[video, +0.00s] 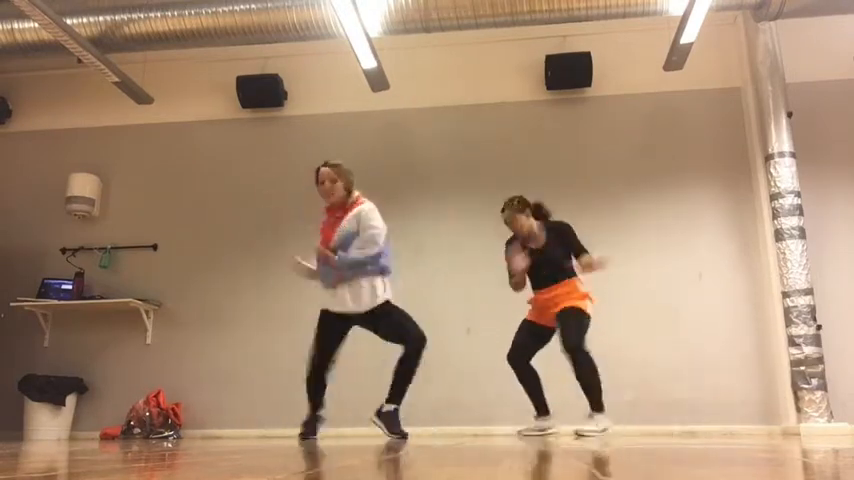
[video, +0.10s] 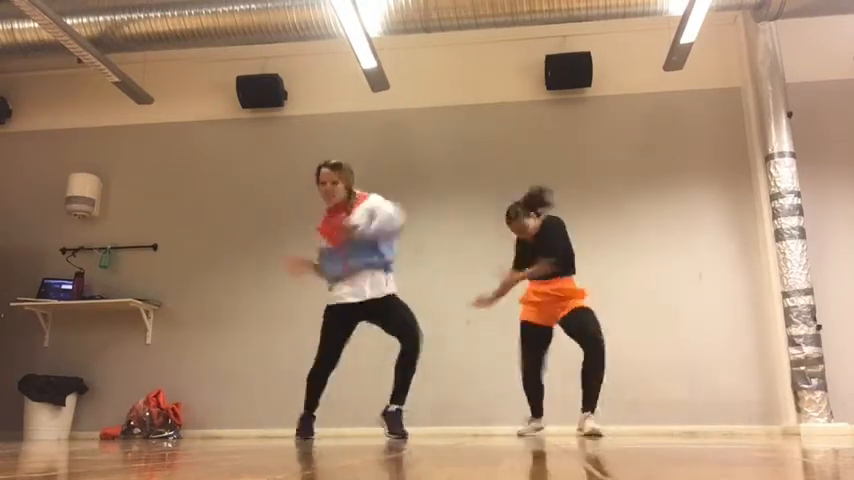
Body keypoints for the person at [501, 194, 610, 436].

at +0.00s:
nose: (513, 228)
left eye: (514, 220)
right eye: (508, 223)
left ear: (527, 214)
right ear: (507, 224)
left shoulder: (560, 230)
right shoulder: (514, 246)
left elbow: (584, 262)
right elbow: (517, 287)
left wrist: (591, 263)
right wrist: (518, 270)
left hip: (571, 297)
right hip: (543, 305)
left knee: (573, 346)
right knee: (516, 357)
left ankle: (599, 415)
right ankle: (544, 418)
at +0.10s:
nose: (522, 236)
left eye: (523, 230)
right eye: (517, 233)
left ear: (531, 216)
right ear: (514, 229)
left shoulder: (553, 225)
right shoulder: (523, 239)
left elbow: (553, 264)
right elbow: (517, 272)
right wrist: (494, 297)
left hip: (567, 300)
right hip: (536, 304)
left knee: (594, 342)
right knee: (530, 363)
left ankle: (588, 416)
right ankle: (536, 419)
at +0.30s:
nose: (516, 226)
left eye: (519, 219)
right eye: (511, 223)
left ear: (531, 212)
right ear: (507, 224)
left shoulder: (549, 220)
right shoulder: (516, 247)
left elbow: (565, 238)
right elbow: (522, 284)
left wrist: (538, 253)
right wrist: (513, 289)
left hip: (570, 290)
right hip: (545, 301)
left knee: (572, 344)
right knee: (522, 353)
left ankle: (604, 415)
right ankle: (542, 414)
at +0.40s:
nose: (511, 224)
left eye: (515, 218)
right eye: (507, 220)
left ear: (528, 216)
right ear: (506, 222)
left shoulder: (542, 220)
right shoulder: (519, 249)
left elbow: (568, 210)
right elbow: (513, 277)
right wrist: (506, 257)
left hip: (564, 290)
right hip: (547, 300)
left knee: (563, 353)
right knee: (530, 354)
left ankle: (610, 415)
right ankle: (554, 419)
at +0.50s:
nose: (509, 214)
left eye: (513, 208)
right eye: (505, 210)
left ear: (527, 207)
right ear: (504, 215)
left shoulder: (543, 216)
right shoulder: (513, 243)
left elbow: (574, 197)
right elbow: (503, 267)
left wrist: (590, 168)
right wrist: (496, 240)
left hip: (563, 290)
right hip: (541, 299)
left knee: (564, 348)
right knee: (527, 353)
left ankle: (607, 413)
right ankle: (553, 419)